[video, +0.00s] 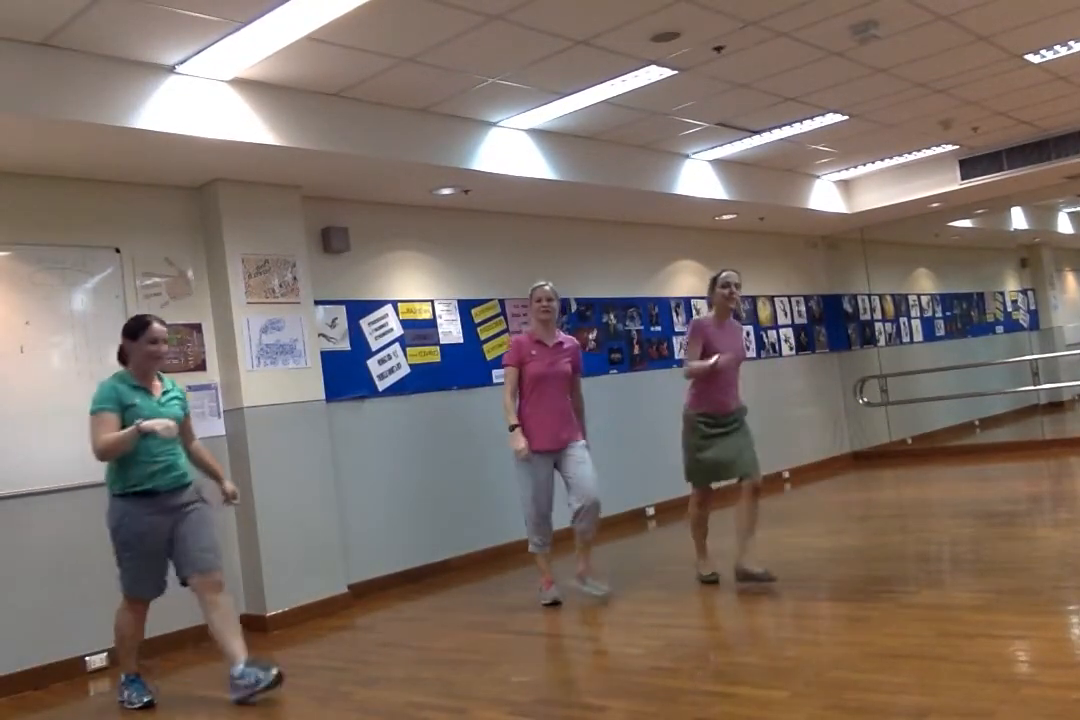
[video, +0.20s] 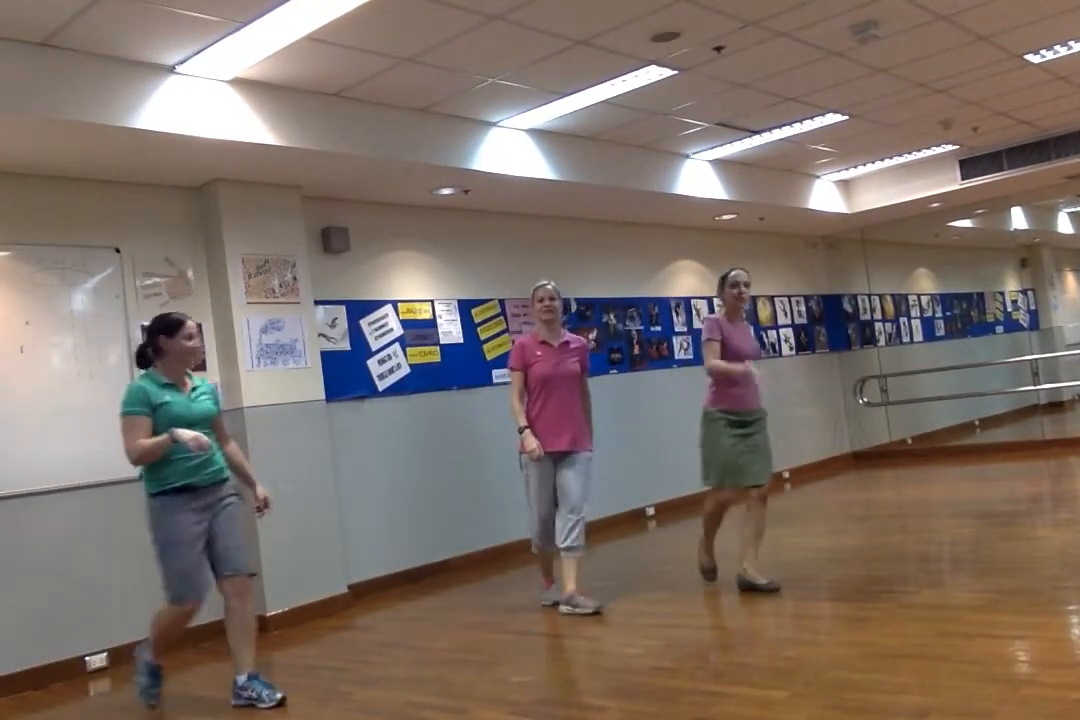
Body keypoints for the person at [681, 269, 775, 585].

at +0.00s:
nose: (731, 291)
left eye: (736, 287)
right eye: (725, 285)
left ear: (739, 294)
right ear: (712, 292)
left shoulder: (738, 329)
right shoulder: (699, 326)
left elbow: (733, 369)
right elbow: (689, 368)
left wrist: (737, 400)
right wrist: (712, 362)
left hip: (733, 416)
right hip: (701, 418)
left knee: (752, 481)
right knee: (701, 494)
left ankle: (742, 561)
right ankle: (703, 561)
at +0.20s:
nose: (740, 290)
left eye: (745, 286)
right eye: (734, 285)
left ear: (750, 292)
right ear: (722, 291)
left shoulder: (747, 327)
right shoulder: (714, 323)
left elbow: (741, 366)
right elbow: (710, 363)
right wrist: (743, 370)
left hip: (752, 414)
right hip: (721, 415)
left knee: (758, 493)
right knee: (725, 492)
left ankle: (748, 567)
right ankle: (706, 547)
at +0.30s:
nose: (750, 291)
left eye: (754, 286)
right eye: (743, 286)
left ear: (757, 292)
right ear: (729, 292)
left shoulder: (750, 328)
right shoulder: (722, 327)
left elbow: (752, 377)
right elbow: (718, 372)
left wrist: (765, 413)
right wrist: (748, 405)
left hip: (755, 412)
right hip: (732, 413)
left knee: (763, 489)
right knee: (757, 485)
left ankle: (749, 568)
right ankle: (718, 538)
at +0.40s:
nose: (764, 288)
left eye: (765, 283)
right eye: (757, 282)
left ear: (765, 289)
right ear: (741, 288)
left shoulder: (758, 324)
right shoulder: (733, 324)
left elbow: (762, 374)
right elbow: (721, 375)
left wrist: (799, 387)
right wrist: (731, 421)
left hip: (759, 410)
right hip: (745, 411)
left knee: (761, 491)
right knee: (793, 467)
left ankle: (749, 568)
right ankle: (759, 540)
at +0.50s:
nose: (780, 287)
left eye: (780, 281)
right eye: (773, 281)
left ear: (774, 287)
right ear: (753, 287)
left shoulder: (770, 321)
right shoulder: (743, 322)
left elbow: (779, 364)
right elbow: (720, 366)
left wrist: (825, 358)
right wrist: (725, 408)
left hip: (764, 407)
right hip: (753, 408)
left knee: (763, 489)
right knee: (805, 470)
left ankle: (747, 567)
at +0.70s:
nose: (816, 303)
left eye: (814, 298)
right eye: (810, 299)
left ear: (795, 305)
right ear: (791, 304)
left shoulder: (794, 336)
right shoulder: (771, 339)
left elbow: (794, 377)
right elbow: (752, 387)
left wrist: (826, 397)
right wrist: (771, 421)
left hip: (775, 413)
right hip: (768, 415)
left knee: (787, 494)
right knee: (813, 483)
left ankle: (750, 557)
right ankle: (821, 561)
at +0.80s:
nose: (829, 313)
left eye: (828, 307)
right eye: (824, 307)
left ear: (805, 311)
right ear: (807, 311)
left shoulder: (780, 336)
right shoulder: (787, 343)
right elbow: (777, 393)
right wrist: (814, 414)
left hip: (756, 416)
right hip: (764, 418)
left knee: (788, 490)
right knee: (812, 482)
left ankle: (744, 549)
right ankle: (821, 561)